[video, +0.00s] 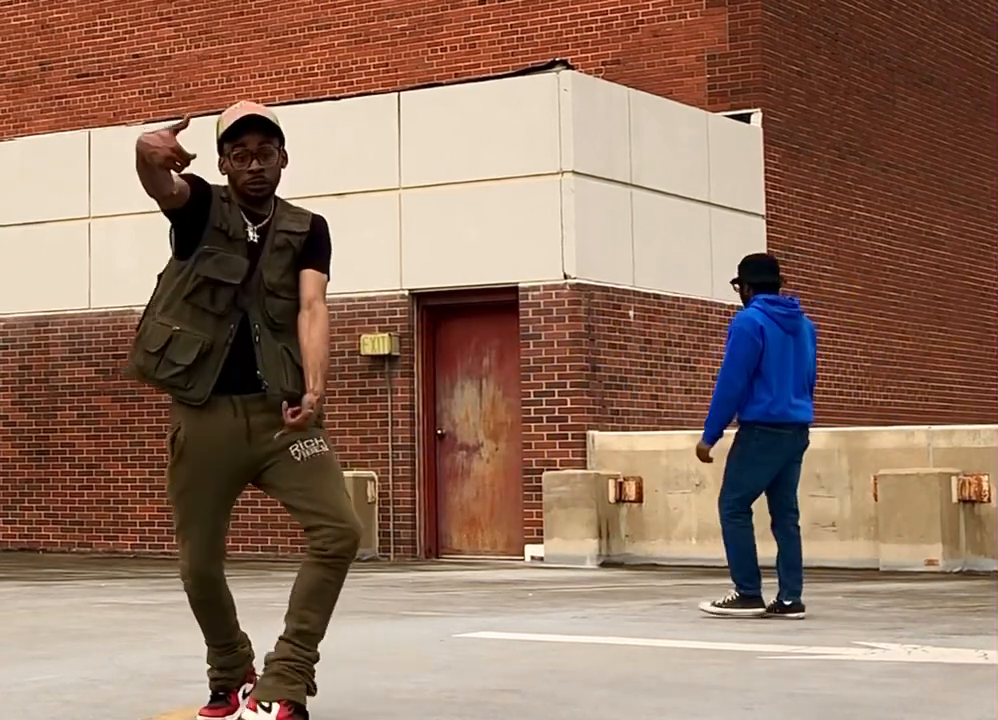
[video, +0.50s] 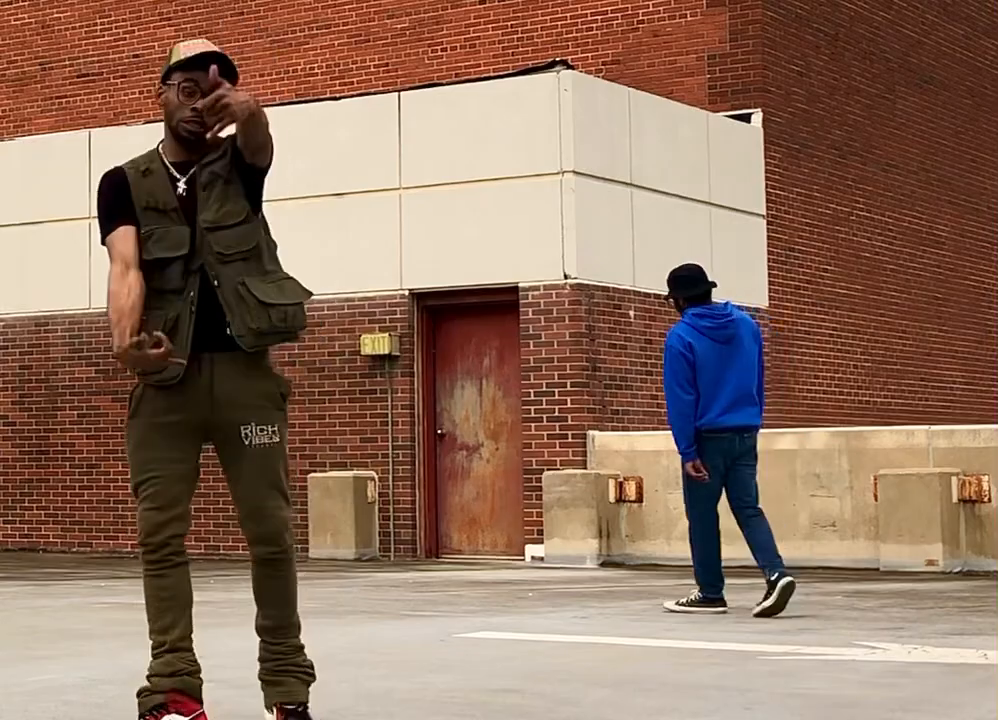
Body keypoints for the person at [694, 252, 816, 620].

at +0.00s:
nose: (739, 292)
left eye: (740, 286)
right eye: (739, 286)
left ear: (748, 287)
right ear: (776, 285)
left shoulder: (747, 322)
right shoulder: (803, 323)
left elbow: (731, 383)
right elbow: (808, 377)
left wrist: (709, 436)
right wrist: (792, 414)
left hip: (761, 430)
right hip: (796, 431)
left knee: (733, 506)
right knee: (785, 514)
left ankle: (747, 593)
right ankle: (790, 598)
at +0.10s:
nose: (729, 303)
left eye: (729, 296)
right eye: (728, 296)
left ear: (737, 294)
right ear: (763, 288)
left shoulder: (739, 326)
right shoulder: (799, 323)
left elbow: (721, 387)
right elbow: (806, 379)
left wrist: (700, 441)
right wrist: (791, 418)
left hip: (754, 433)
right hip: (789, 434)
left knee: (724, 505)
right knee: (782, 514)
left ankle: (724, 593)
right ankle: (789, 597)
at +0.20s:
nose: (715, 307)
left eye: (715, 300)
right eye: (714, 300)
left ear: (722, 298)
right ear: (749, 292)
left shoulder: (724, 331)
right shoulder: (787, 327)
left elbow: (714, 392)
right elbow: (794, 383)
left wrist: (700, 447)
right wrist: (783, 423)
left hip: (742, 437)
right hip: (780, 436)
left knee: (720, 516)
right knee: (779, 518)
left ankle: (709, 591)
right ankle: (788, 597)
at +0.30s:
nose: (703, 303)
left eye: (703, 297)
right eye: (703, 297)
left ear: (709, 298)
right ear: (739, 294)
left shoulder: (710, 332)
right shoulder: (774, 327)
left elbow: (707, 395)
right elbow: (783, 384)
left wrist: (705, 450)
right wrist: (778, 427)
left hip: (732, 438)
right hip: (770, 435)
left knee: (719, 520)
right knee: (774, 516)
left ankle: (714, 592)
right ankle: (787, 594)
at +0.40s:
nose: (688, 299)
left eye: (688, 294)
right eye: (689, 293)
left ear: (694, 296)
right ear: (725, 292)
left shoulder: (693, 336)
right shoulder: (759, 326)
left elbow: (694, 398)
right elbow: (770, 384)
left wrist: (701, 451)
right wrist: (767, 425)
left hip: (720, 437)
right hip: (759, 433)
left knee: (711, 522)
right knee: (765, 514)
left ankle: (711, 593)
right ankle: (785, 588)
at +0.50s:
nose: (672, 303)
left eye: (672, 298)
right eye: (673, 298)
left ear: (677, 299)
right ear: (709, 293)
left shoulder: (681, 336)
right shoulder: (747, 325)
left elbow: (680, 398)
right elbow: (757, 380)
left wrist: (687, 451)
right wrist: (753, 423)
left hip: (706, 436)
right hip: (744, 433)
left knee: (702, 517)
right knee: (748, 508)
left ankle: (710, 593)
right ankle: (776, 574)